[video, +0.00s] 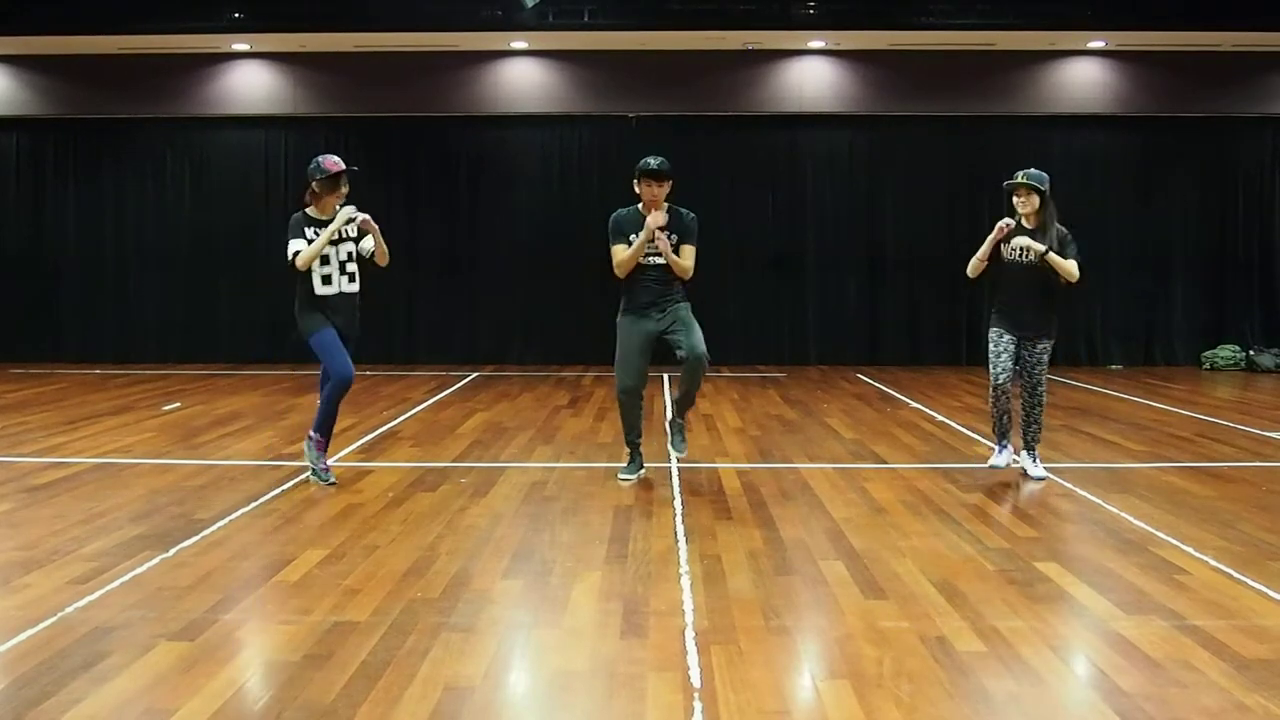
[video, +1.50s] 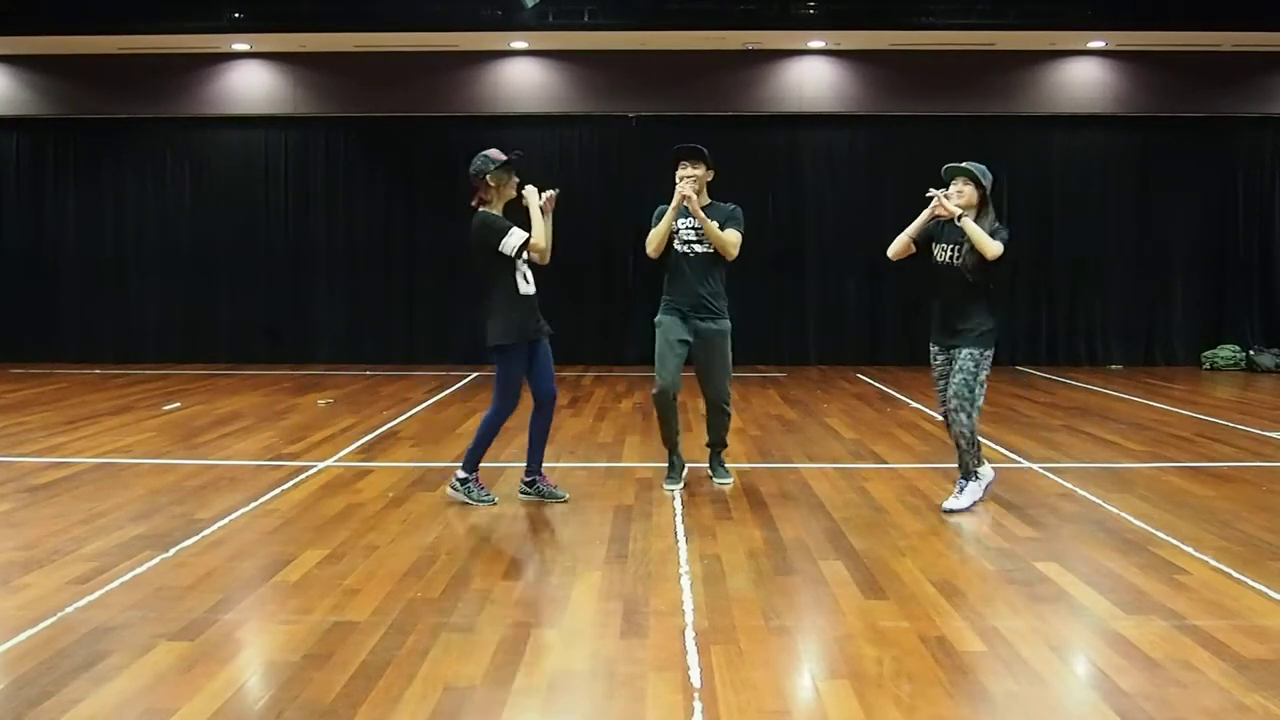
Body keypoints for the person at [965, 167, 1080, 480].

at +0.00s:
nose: (1021, 199)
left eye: (1028, 194)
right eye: (1017, 194)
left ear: (1042, 198)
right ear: (1012, 198)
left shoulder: (1058, 235)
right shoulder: (1003, 232)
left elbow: (1073, 274)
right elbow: (972, 272)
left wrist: (1042, 250)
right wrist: (993, 238)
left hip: (1040, 326)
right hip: (1003, 321)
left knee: (1034, 389)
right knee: (999, 383)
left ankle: (1029, 453)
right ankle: (1003, 447)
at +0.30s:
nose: (1006, 203)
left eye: (1014, 199)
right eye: (1003, 198)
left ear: (1029, 205)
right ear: (998, 203)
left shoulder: (1044, 239)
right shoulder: (989, 235)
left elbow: (1050, 272)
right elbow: (962, 272)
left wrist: (1023, 238)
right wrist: (983, 233)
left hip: (1026, 322)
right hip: (991, 324)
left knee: (1004, 365)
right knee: (993, 397)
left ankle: (1020, 402)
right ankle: (1000, 462)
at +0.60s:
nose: (1002, 198)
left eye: (1010, 194)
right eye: (998, 193)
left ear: (1024, 201)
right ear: (992, 199)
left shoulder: (1035, 236)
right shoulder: (982, 234)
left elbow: (1048, 261)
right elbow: (948, 263)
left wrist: (1014, 230)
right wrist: (974, 228)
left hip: (1020, 331)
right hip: (986, 330)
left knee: (1008, 399)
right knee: (988, 402)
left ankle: (1015, 467)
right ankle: (999, 461)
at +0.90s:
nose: (989, 188)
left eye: (997, 184)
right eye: (986, 183)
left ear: (1013, 191)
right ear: (981, 190)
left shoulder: (1025, 224)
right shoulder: (971, 221)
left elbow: (1025, 247)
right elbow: (927, 249)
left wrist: (993, 214)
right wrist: (957, 216)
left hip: (1014, 325)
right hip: (978, 320)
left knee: (1011, 398)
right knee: (965, 374)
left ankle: (1014, 465)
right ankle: (983, 434)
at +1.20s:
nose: (971, 197)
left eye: (980, 193)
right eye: (969, 193)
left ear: (996, 201)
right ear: (964, 200)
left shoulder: (1011, 239)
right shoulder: (956, 238)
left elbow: (1008, 268)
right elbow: (918, 267)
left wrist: (978, 231)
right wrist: (943, 228)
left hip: (994, 332)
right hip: (958, 333)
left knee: (964, 384)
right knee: (959, 407)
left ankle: (991, 428)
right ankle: (980, 476)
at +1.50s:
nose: (955, 190)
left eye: (964, 185)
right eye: (953, 185)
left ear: (981, 194)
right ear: (947, 192)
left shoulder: (994, 229)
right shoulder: (938, 226)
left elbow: (992, 252)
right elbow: (895, 253)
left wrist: (959, 217)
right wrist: (926, 215)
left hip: (976, 333)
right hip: (941, 332)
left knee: (959, 404)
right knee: (948, 409)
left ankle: (968, 479)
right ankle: (979, 467)